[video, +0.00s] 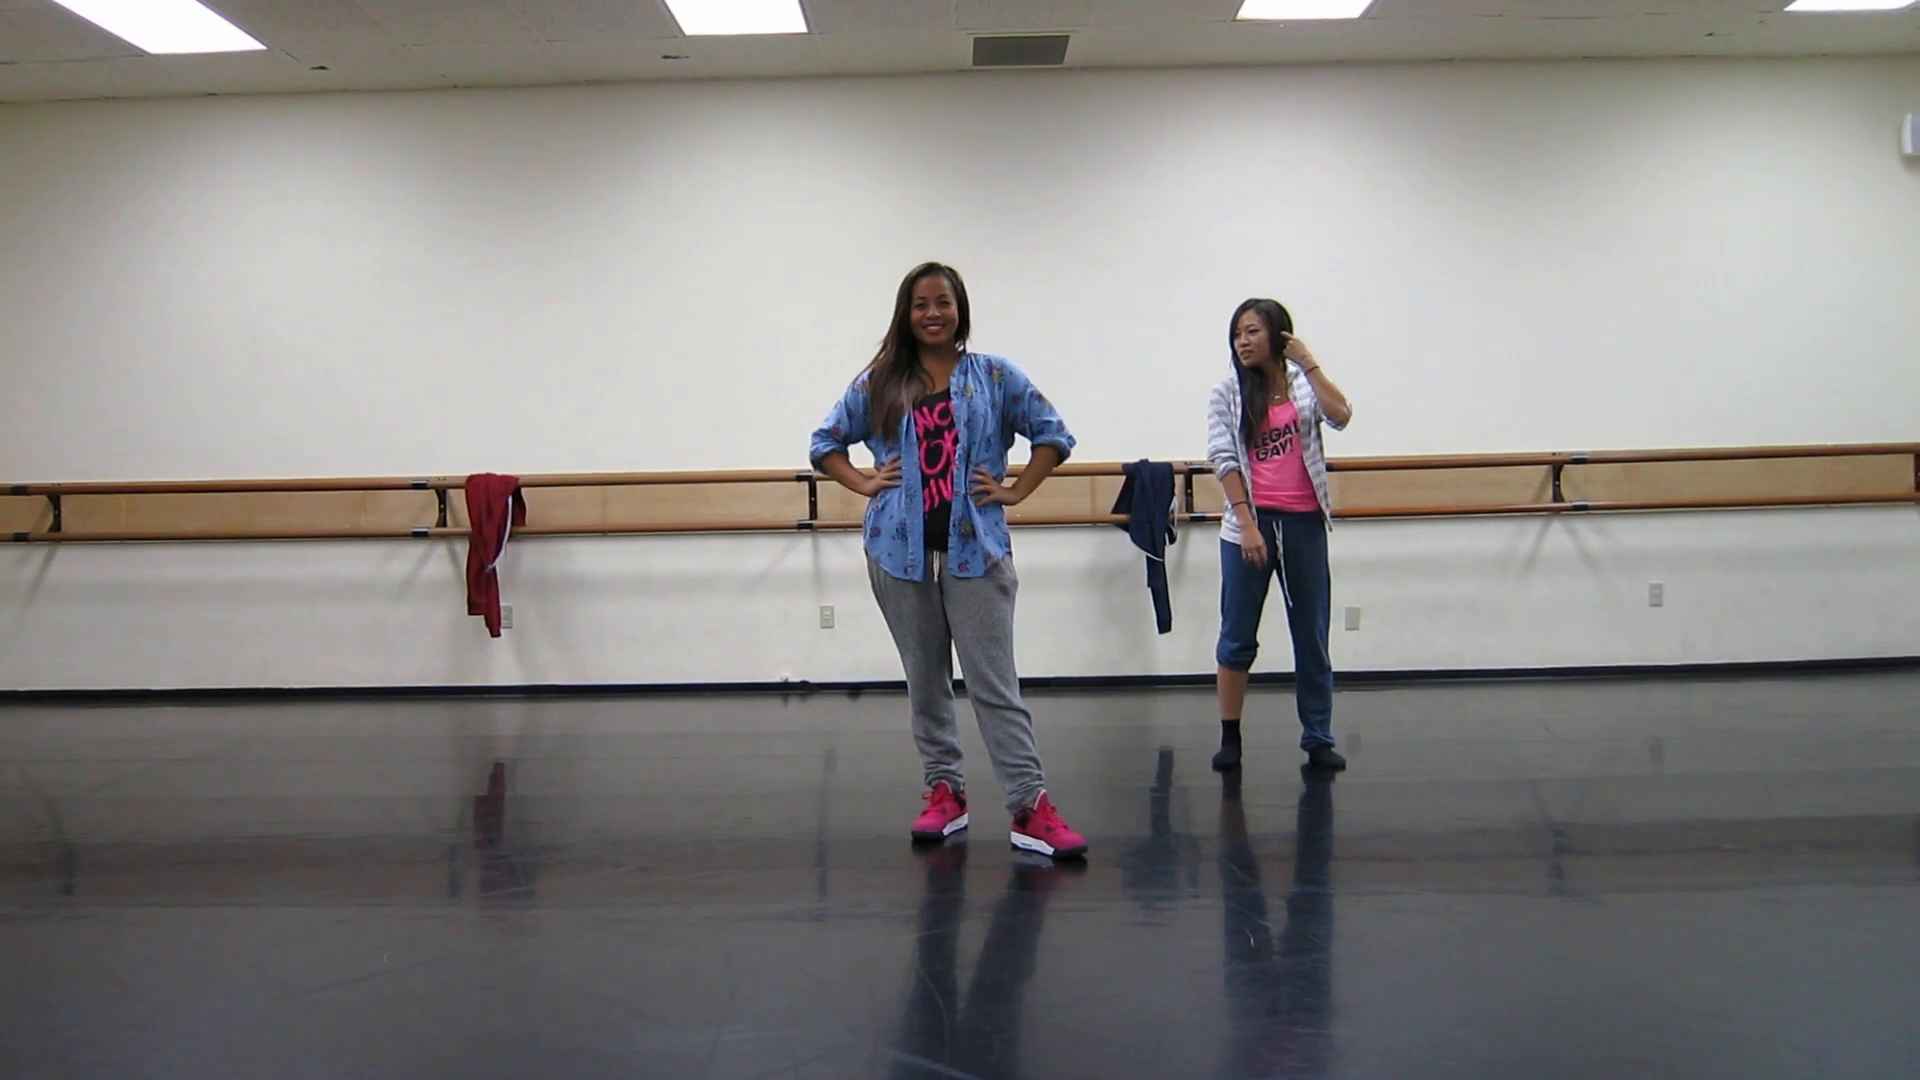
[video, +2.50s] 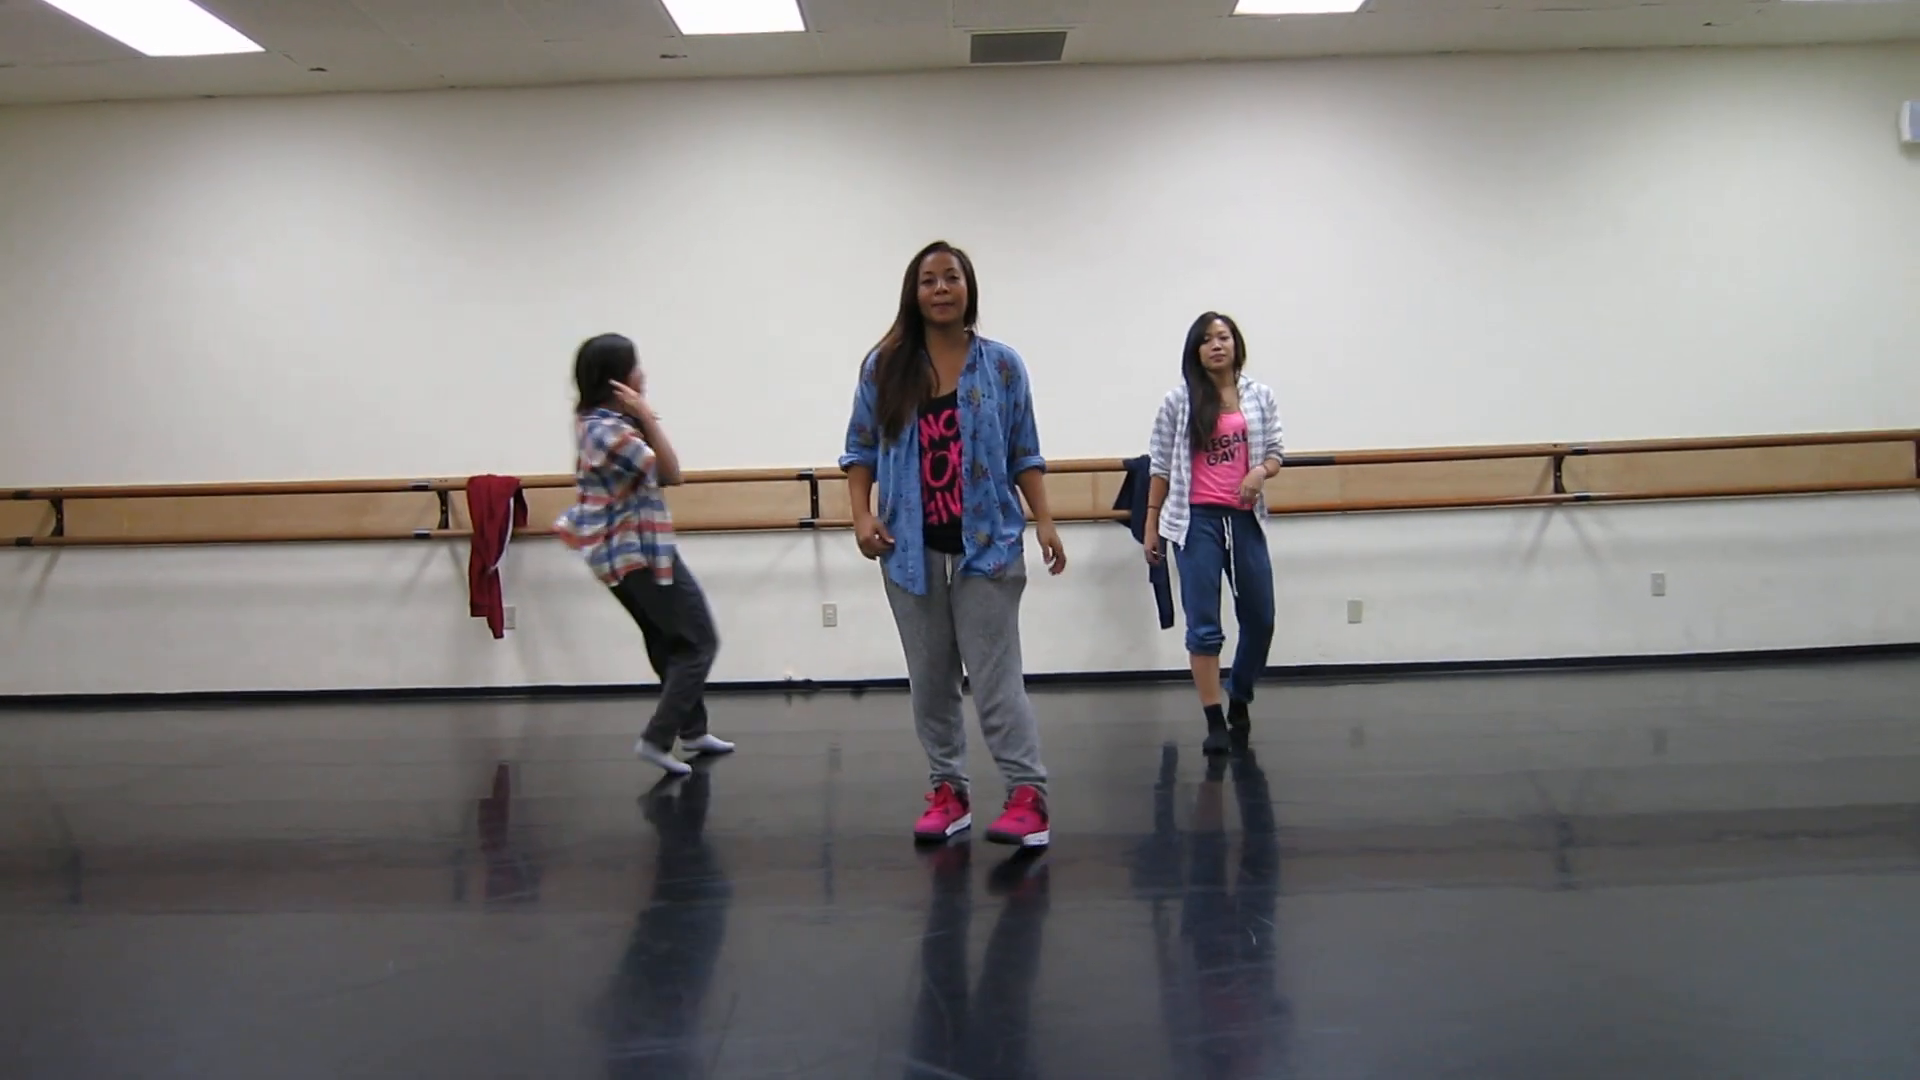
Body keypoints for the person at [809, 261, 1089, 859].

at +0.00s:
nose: (934, 312)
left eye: (944, 302)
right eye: (922, 304)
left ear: (962, 310)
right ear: (905, 314)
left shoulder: (995, 375)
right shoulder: (879, 384)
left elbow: (1054, 434)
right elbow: (823, 443)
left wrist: (1016, 490)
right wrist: (861, 481)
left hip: (975, 552)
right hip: (900, 555)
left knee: (995, 683)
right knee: (926, 682)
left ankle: (1030, 808)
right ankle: (944, 794)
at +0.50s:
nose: (936, 329)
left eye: (947, 318)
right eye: (925, 320)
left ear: (965, 323)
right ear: (909, 328)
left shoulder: (998, 386)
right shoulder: (883, 394)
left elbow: (1060, 443)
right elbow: (826, 450)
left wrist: (1024, 487)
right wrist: (857, 486)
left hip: (978, 555)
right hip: (902, 559)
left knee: (1001, 685)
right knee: (928, 683)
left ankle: (1036, 807)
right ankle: (947, 796)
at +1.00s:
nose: (949, 354)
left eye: (960, 343)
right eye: (938, 345)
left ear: (977, 351)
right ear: (922, 354)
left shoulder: (1006, 411)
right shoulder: (893, 420)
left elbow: (1070, 464)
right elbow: (837, 475)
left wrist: (1033, 495)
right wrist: (873, 507)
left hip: (995, 556)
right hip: (917, 562)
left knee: (1021, 681)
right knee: (941, 685)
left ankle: (1056, 807)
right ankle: (960, 798)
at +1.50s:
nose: (942, 312)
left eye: (951, 303)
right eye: (931, 307)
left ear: (971, 315)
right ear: (916, 324)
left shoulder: (1006, 383)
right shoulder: (890, 392)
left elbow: (1068, 438)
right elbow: (834, 450)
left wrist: (1043, 485)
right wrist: (876, 493)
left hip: (1003, 548)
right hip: (926, 556)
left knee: (1025, 677)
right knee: (952, 682)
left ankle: (1055, 799)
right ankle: (965, 794)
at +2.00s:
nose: (941, 288)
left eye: (951, 279)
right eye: (930, 281)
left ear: (971, 291)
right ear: (914, 297)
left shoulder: (1006, 358)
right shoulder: (887, 371)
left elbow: (1063, 421)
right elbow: (844, 442)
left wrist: (1040, 485)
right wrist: (877, 494)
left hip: (1001, 540)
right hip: (923, 549)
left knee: (1020, 673)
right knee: (946, 680)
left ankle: (1048, 793)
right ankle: (959, 793)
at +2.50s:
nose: (941, 288)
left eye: (952, 278)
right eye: (929, 280)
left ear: (970, 289)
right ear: (912, 293)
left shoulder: (1001, 363)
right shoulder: (883, 366)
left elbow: (1024, 452)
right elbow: (861, 448)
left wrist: (1044, 520)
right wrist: (862, 515)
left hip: (987, 547)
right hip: (910, 551)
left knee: (994, 676)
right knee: (930, 679)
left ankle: (1027, 792)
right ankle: (948, 791)